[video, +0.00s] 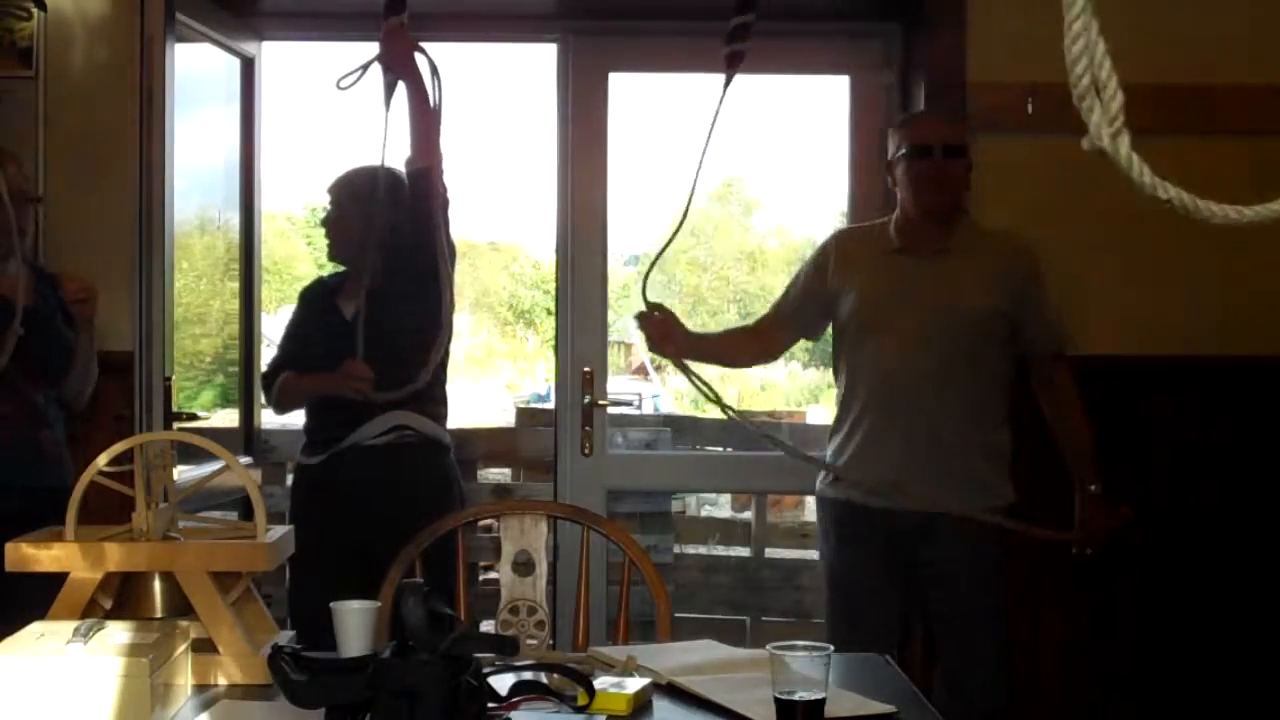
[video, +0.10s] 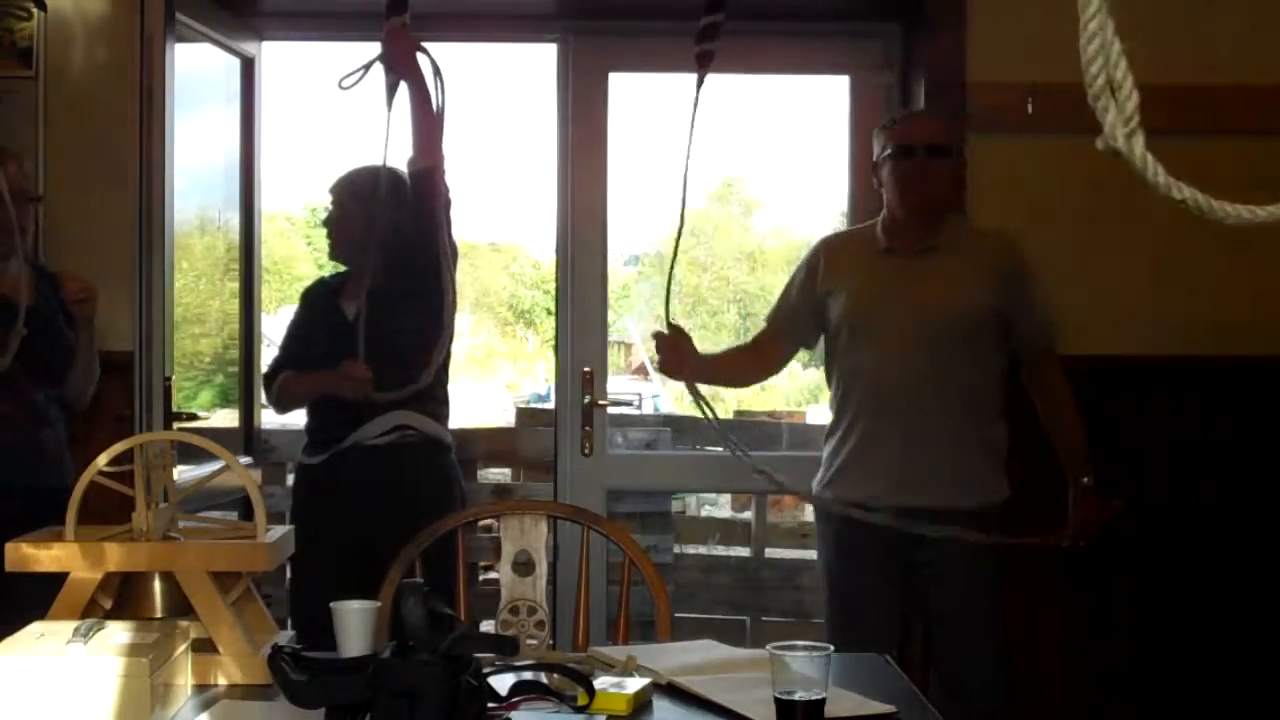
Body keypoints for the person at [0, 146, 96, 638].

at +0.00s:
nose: (25, 218)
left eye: (29, 202)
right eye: (16, 200)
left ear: (33, 208)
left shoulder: (40, 287)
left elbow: (74, 394)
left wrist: (84, 326)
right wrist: (13, 309)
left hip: (39, 479)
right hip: (12, 480)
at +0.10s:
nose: (25, 215)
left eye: (29, 201)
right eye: (16, 199)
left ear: (32, 207)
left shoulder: (43, 284)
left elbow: (75, 395)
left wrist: (84, 325)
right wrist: (15, 308)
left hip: (41, 475)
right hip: (13, 476)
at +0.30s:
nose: (16, 218)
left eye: (25, 202)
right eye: (6, 202)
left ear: (39, 208)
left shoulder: (48, 287)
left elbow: (82, 397)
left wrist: (83, 327)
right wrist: (21, 316)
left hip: (45, 480)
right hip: (6, 483)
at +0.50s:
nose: (33, 212)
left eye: (37, 199)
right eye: (20, 198)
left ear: (47, 208)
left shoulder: (48, 289)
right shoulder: (5, 286)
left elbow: (82, 396)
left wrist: (79, 323)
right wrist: (14, 310)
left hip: (46, 470)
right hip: (7, 469)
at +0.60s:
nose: (29, 212)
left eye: (33, 198)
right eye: (17, 199)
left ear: (43, 207)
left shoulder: (47, 288)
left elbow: (80, 396)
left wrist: (77, 327)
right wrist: (12, 306)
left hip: (44, 468)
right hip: (8, 467)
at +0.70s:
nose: (30, 212)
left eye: (32, 198)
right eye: (18, 198)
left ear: (42, 209)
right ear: (2, 210)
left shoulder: (45, 289)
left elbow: (78, 393)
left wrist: (75, 325)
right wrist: (15, 305)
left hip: (41, 469)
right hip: (11, 467)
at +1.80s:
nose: (26, 210)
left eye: (26, 196)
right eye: (13, 198)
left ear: (36, 204)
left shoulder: (34, 275)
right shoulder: (30, 276)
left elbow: (127, 247)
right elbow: (126, 247)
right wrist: (101, 145)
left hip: (41, 482)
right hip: (12, 483)